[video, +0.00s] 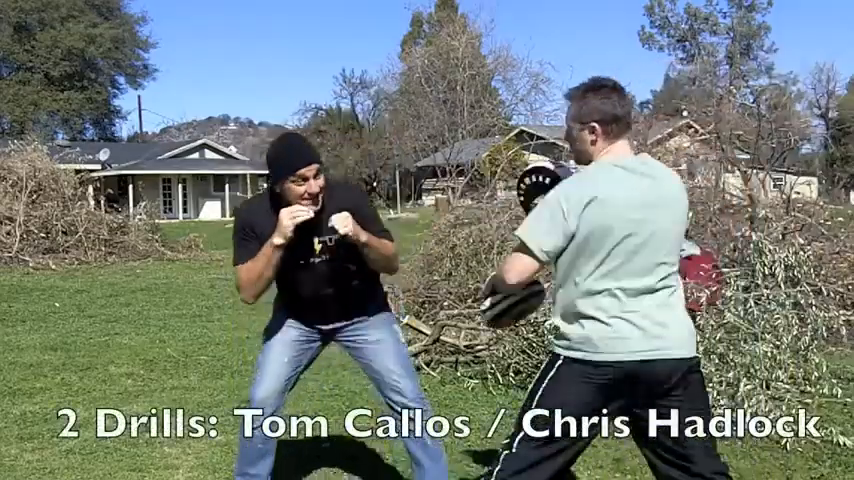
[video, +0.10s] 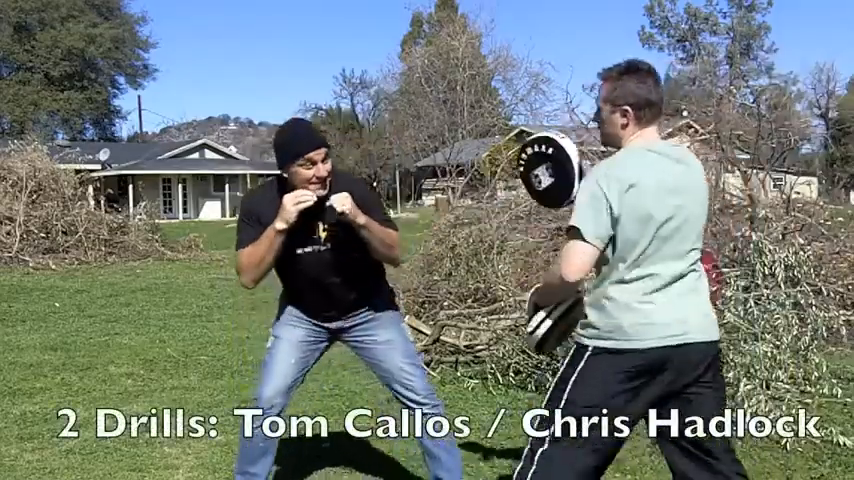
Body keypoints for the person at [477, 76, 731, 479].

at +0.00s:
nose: (568, 141)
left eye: (570, 132)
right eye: (567, 131)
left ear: (594, 133)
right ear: (626, 127)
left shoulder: (576, 189)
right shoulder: (672, 184)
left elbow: (515, 273)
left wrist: (497, 288)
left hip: (590, 358)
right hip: (672, 356)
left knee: (524, 468)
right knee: (700, 470)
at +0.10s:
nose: (596, 120)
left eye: (601, 109)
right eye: (598, 109)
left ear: (625, 116)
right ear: (653, 112)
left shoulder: (607, 175)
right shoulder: (690, 166)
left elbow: (573, 270)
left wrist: (543, 293)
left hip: (620, 343)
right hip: (695, 338)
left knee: (557, 455)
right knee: (709, 458)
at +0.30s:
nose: (622, 104)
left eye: (626, 95)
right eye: (624, 95)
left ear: (651, 102)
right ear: (674, 100)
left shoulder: (642, 161)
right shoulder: (708, 153)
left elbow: (630, 256)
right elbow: (660, 215)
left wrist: (589, 296)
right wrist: (587, 172)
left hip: (647, 340)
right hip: (716, 332)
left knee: (600, 463)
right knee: (718, 461)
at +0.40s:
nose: (627, 100)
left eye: (632, 91)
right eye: (629, 91)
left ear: (657, 98)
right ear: (678, 97)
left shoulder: (648, 158)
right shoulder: (712, 151)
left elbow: (639, 255)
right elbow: (655, 213)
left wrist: (595, 297)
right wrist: (590, 166)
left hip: (655, 340)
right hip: (720, 332)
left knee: (611, 463)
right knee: (715, 460)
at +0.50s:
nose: (635, 96)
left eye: (641, 86)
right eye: (638, 86)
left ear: (667, 95)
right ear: (687, 94)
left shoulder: (654, 155)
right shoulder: (717, 151)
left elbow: (639, 253)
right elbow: (643, 204)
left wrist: (595, 295)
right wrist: (594, 156)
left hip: (653, 340)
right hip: (720, 333)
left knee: (614, 462)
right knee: (720, 459)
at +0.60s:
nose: (649, 102)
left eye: (655, 93)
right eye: (652, 92)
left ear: (681, 101)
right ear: (705, 101)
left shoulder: (655, 156)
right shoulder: (727, 156)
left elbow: (623, 253)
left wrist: (591, 294)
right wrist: (632, 163)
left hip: (647, 340)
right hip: (719, 335)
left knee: (595, 462)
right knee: (723, 460)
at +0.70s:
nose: (649, 104)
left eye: (654, 95)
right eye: (651, 93)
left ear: (676, 105)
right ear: (707, 107)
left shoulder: (637, 157)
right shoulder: (734, 172)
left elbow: (597, 244)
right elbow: (737, 249)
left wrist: (577, 299)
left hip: (629, 342)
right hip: (710, 344)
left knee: (579, 460)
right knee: (720, 463)